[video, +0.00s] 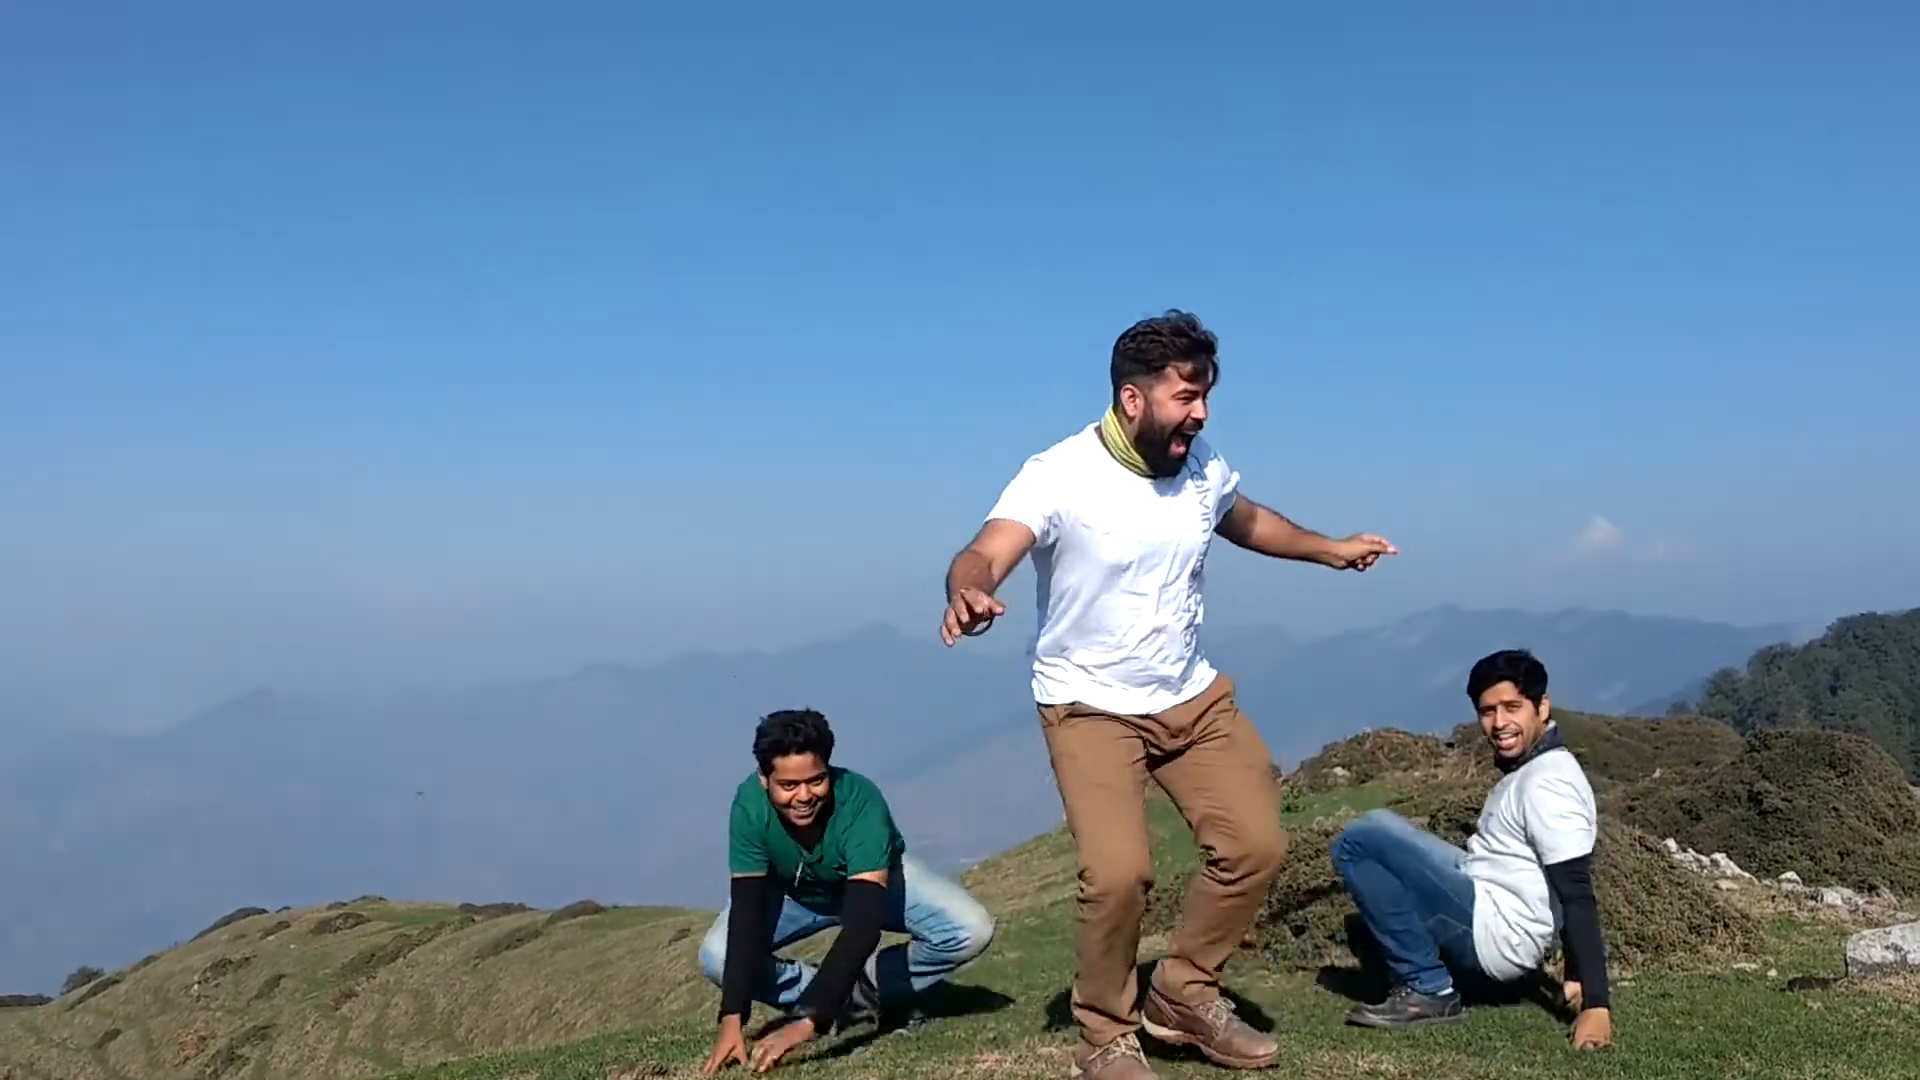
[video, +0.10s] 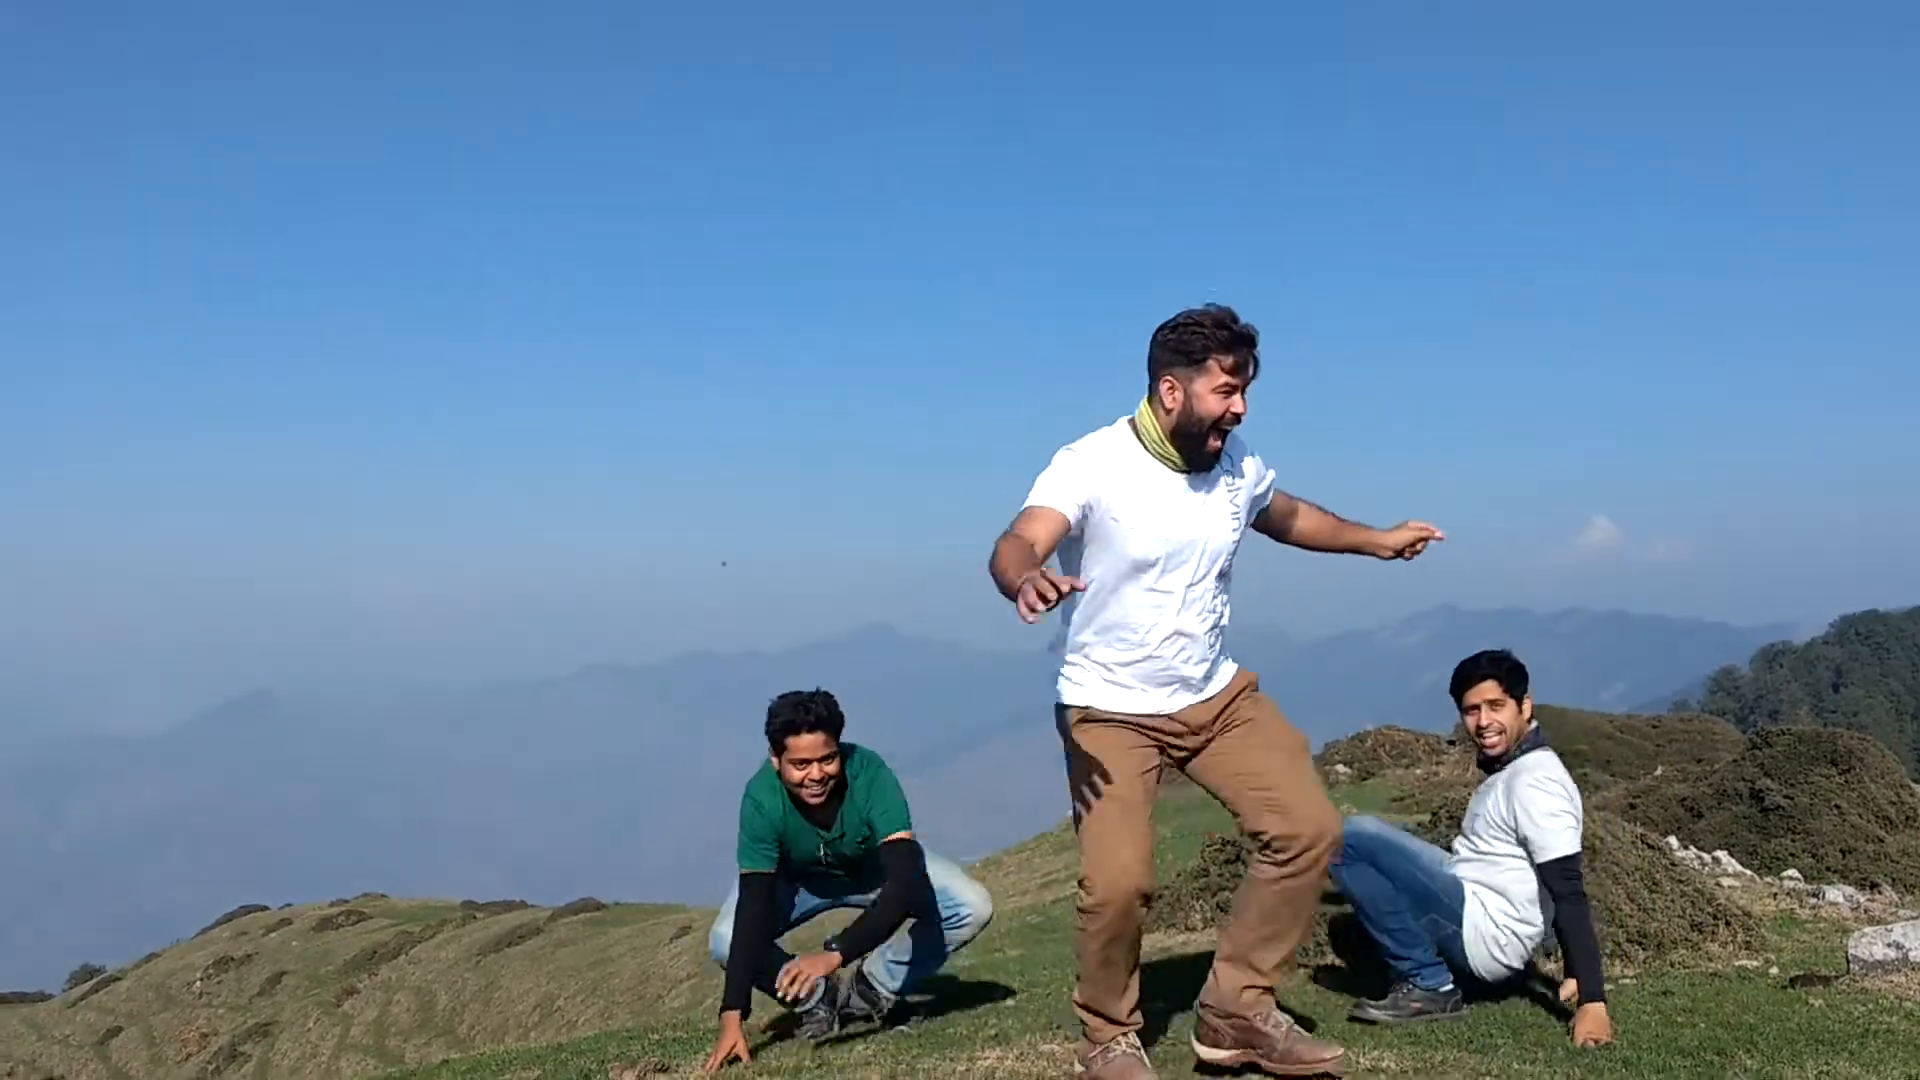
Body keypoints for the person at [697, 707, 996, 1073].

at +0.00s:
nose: (804, 796)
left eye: (815, 781)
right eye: (788, 785)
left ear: (830, 770)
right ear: (765, 779)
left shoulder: (861, 802)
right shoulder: (749, 805)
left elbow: (864, 923)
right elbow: (746, 913)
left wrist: (810, 1019)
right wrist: (731, 1020)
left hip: (873, 880)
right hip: (800, 896)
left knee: (970, 928)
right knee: (717, 956)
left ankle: (876, 983)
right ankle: (839, 998)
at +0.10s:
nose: (816, 775)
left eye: (826, 760)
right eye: (800, 764)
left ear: (840, 750)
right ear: (776, 761)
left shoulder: (869, 774)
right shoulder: (761, 797)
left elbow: (906, 888)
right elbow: (753, 909)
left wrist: (835, 953)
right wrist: (732, 1016)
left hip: (871, 871)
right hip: (801, 883)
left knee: (969, 906)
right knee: (726, 940)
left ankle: (873, 985)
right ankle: (814, 996)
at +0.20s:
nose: (822, 755)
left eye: (832, 739)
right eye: (806, 745)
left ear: (845, 727)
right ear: (781, 740)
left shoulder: (873, 744)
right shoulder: (772, 789)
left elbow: (960, 794)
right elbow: (759, 904)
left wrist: (905, 866)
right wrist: (723, 1013)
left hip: (877, 848)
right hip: (802, 862)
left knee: (946, 900)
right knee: (752, 932)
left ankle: (873, 992)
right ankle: (813, 1000)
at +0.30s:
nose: (828, 717)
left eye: (837, 703)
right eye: (812, 707)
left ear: (849, 693)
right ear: (786, 707)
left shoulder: (881, 708)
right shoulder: (777, 759)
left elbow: (983, 697)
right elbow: (743, 871)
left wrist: (984, 760)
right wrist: (704, 971)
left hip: (877, 819)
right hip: (804, 833)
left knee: (930, 892)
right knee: (768, 909)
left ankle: (873, 995)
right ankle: (816, 1002)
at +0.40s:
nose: (828, 669)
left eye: (837, 654)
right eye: (813, 659)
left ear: (848, 648)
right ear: (784, 660)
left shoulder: (882, 671)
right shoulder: (774, 713)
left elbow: (973, 645)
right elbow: (736, 819)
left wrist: (1035, 656)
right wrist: (695, 925)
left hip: (875, 792)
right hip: (796, 803)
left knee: (918, 891)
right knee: (772, 901)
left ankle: (872, 996)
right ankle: (814, 1004)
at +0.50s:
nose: (827, 619)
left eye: (835, 605)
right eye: (811, 609)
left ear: (846, 599)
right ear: (782, 611)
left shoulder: (881, 629)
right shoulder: (769, 668)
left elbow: (966, 607)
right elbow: (725, 763)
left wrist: (1048, 589)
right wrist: (686, 865)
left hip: (876, 770)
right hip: (795, 781)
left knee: (903, 887)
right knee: (780, 893)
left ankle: (873, 998)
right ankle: (815, 1003)